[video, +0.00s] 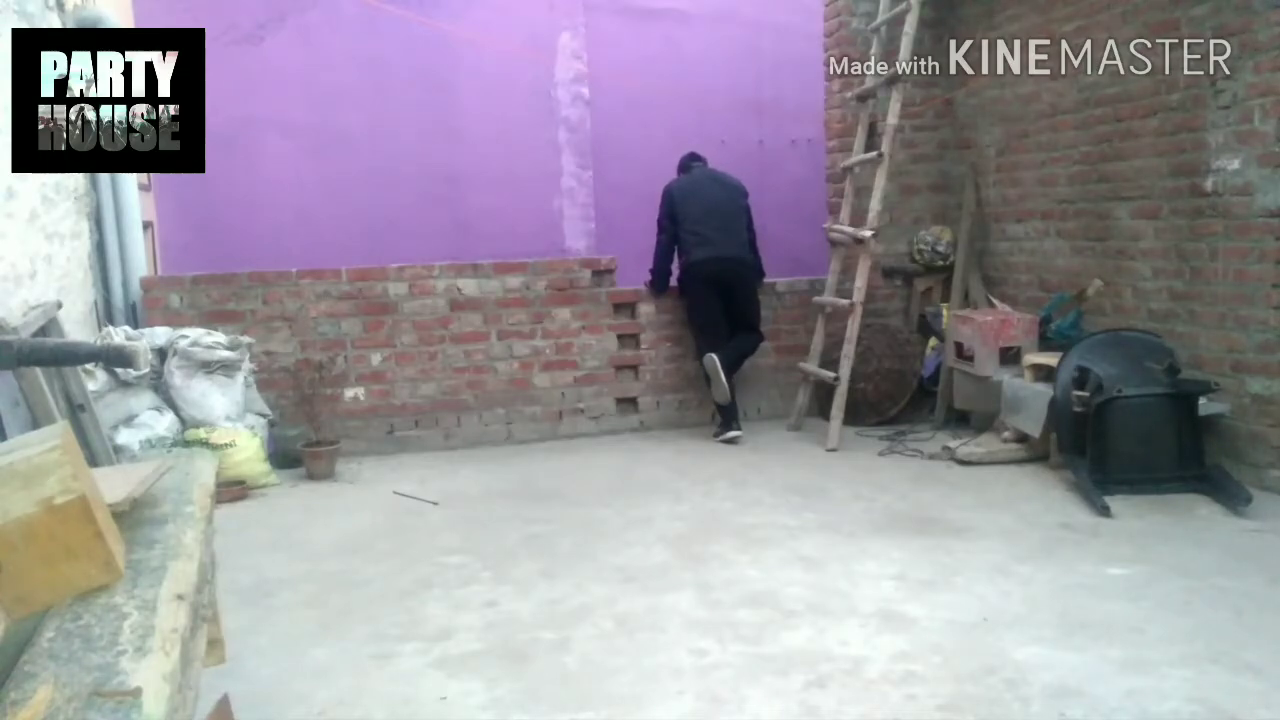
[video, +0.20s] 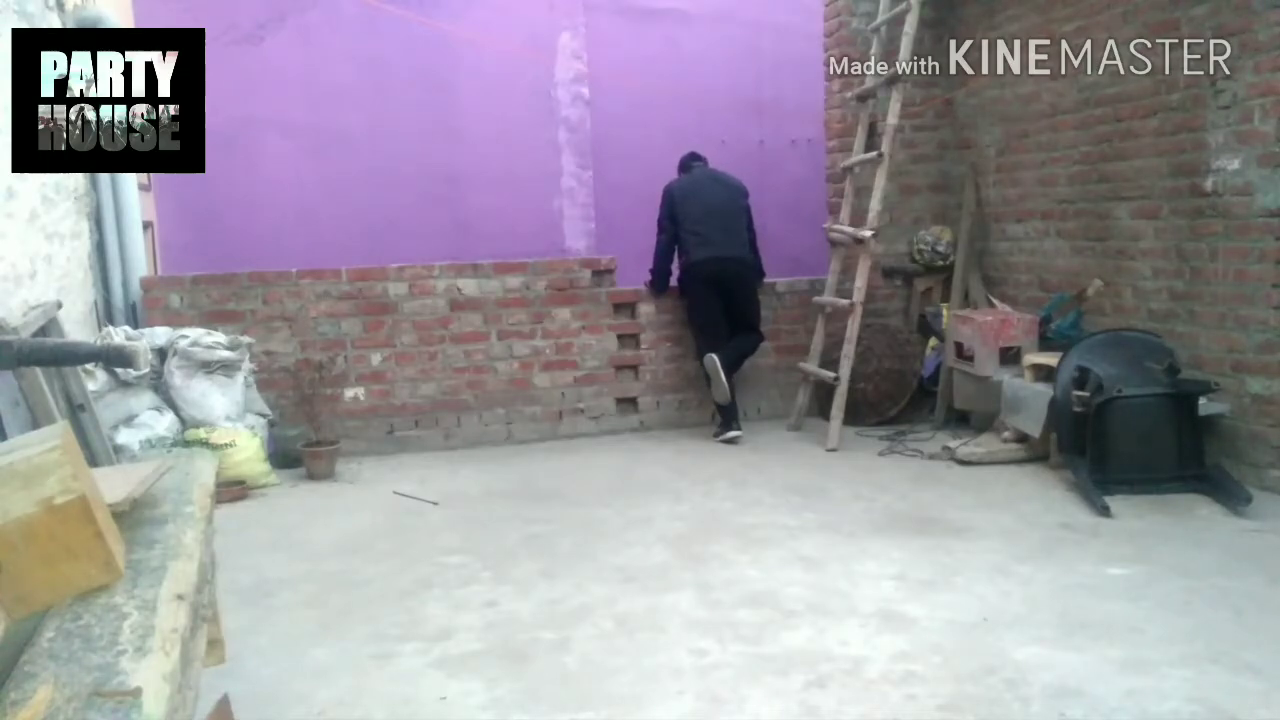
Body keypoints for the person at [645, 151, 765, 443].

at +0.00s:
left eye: (679, 174)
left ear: (681, 171)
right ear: (706, 166)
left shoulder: (674, 189)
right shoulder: (734, 185)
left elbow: (666, 239)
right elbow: (748, 232)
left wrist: (659, 282)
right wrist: (757, 269)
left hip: (698, 271)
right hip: (739, 268)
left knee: (711, 342)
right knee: (750, 332)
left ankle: (729, 422)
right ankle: (723, 362)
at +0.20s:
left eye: (680, 173)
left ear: (681, 171)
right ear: (707, 166)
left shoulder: (674, 189)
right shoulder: (735, 185)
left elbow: (666, 239)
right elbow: (748, 232)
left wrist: (659, 282)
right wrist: (757, 270)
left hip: (698, 271)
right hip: (739, 268)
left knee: (711, 342)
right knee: (750, 332)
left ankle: (729, 422)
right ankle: (723, 362)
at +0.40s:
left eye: (681, 172)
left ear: (682, 171)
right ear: (707, 166)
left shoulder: (674, 189)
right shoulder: (735, 185)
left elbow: (666, 239)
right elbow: (749, 232)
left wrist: (659, 282)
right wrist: (757, 270)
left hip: (698, 272)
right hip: (739, 268)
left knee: (711, 342)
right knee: (750, 332)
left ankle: (729, 422)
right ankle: (723, 362)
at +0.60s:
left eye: (682, 171)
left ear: (682, 170)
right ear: (708, 165)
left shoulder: (674, 189)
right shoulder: (735, 185)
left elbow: (666, 239)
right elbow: (749, 232)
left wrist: (659, 282)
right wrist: (757, 270)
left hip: (698, 272)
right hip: (740, 268)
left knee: (711, 342)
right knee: (750, 332)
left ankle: (729, 422)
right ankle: (724, 363)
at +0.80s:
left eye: (684, 171)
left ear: (682, 170)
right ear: (708, 165)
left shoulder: (675, 189)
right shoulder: (735, 185)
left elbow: (666, 239)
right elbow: (749, 232)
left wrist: (659, 282)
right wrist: (757, 270)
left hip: (698, 272)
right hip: (739, 269)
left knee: (711, 343)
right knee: (749, 331)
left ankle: (729, 422)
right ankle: (725, 364)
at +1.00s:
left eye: (686, 169)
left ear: (683, 170)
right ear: (708, 165)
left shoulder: (675, 189)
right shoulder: (735, 185)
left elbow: (666, 239)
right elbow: (749, 232)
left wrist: (659, 282)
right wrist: (757, 270)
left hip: (698, 272)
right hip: (739, 269)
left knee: (711, 344)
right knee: (749, 331)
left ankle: (729, 423)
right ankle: (725, 365)